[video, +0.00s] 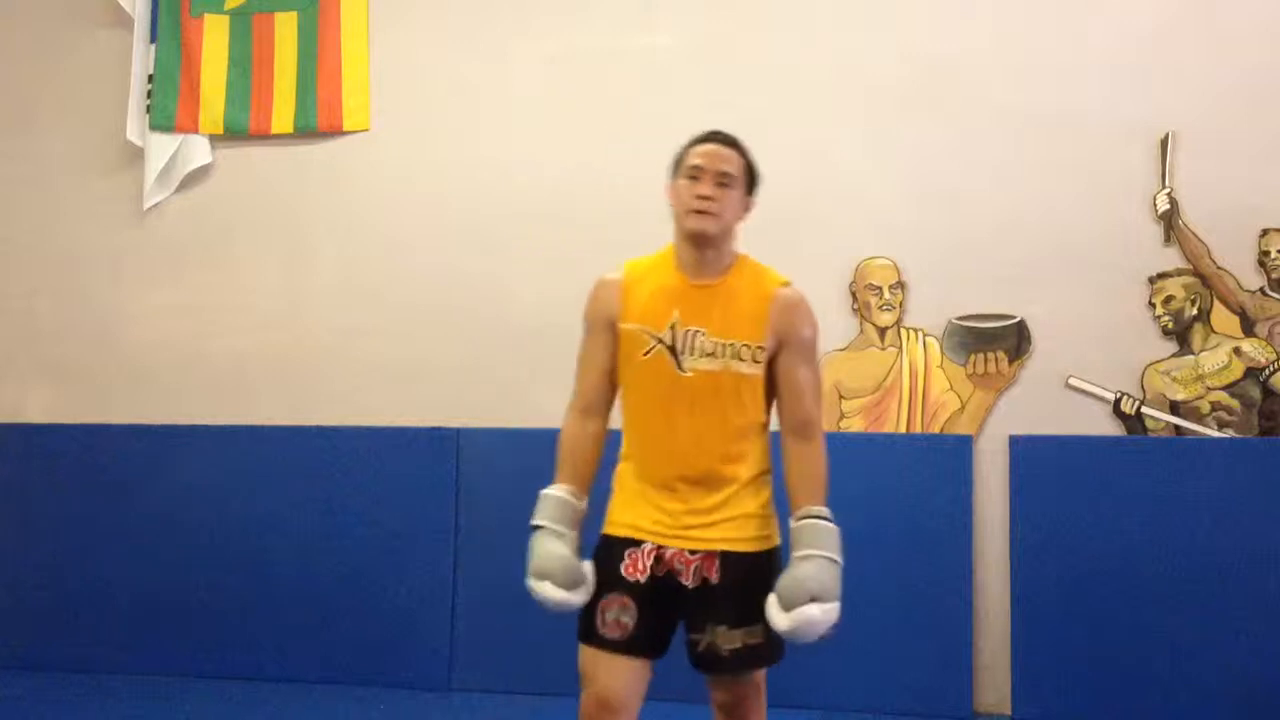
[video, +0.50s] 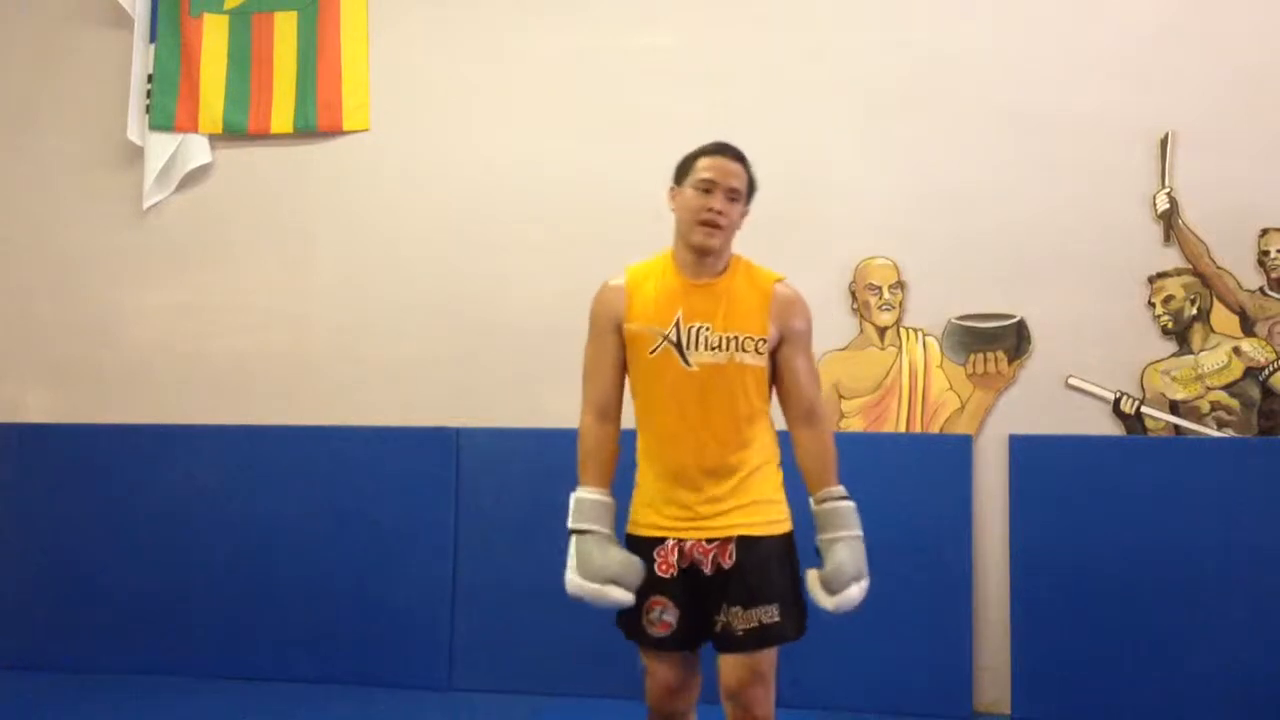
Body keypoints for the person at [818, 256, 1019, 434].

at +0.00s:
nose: (887, 298)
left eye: (894, 289)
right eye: (874, 290)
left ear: (903, 294)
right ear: (856, 296)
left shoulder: (928, 351)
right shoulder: (835, 366)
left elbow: (951, 440)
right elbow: (826, 446)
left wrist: (986, 392)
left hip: (924, 475)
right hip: (862, 479)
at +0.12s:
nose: (886, 298)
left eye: (894, 288)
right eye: (874, 289)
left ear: (902, 294)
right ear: (855, 296)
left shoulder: (925, 349)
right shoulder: (834, 365)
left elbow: (950, 439)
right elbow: (824, 443)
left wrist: (985, 393)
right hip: (858, 478)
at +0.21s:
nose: (887, 298)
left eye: (894, 288)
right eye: (874, 289)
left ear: (902, 294)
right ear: (855, 297)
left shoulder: (926, 350)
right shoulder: (832, 363)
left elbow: (950, 439)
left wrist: (984, 393)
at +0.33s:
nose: (886, 298)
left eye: (894, 288)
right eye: (874, 289)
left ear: (902, 294)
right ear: (855, 297)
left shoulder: (926, 350)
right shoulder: (832, 364)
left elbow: (950, 440)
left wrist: (984, 393)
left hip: (920, 473)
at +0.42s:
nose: (886, 298)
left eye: (894, 289)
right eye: (874, 290)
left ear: (903, 294)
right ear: (855, 297)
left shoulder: (926, 350)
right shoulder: (831, 365)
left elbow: (951, 439)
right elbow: (824, 442)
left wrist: (985, 392)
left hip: (923, 473)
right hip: (859, 476)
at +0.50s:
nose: (886, 298)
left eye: (894, 289)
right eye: (874, 290)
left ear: (902, 294)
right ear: (855, 297)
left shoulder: (928, 350)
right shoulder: (834, 366)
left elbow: (951, 440)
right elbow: (821, 446)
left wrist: (985, 392)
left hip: (927, 473)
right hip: (865, 477)